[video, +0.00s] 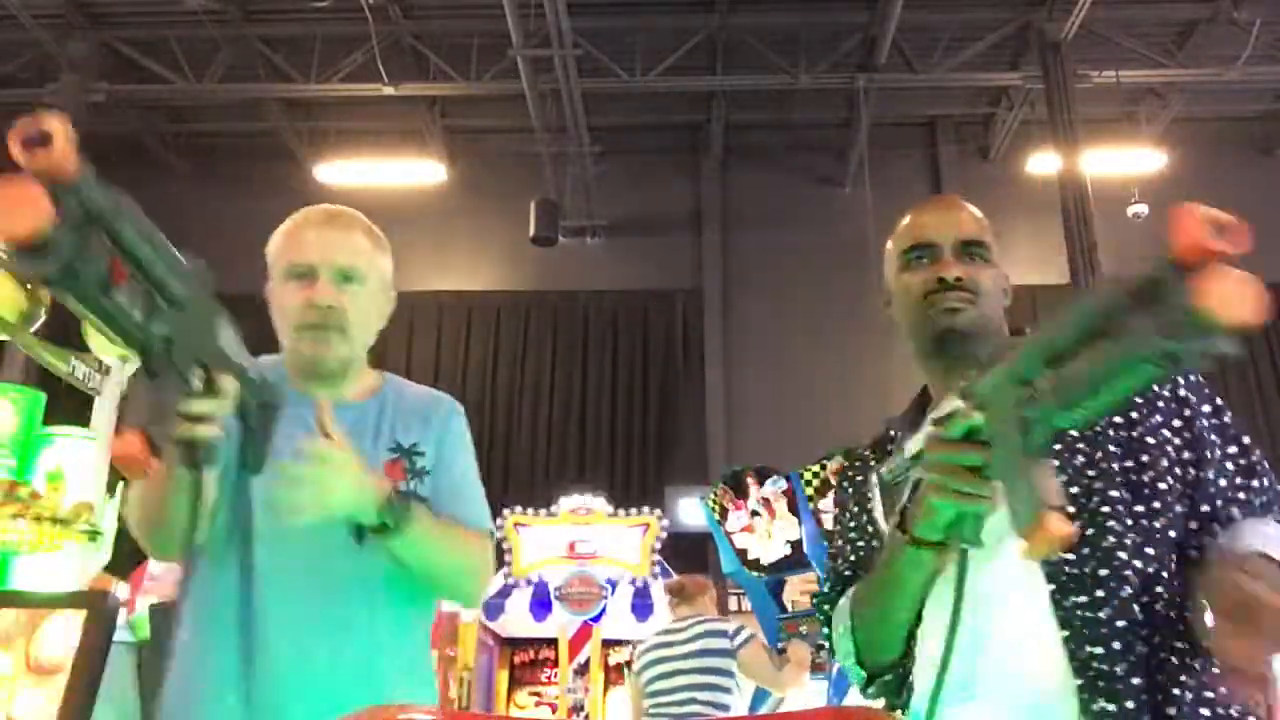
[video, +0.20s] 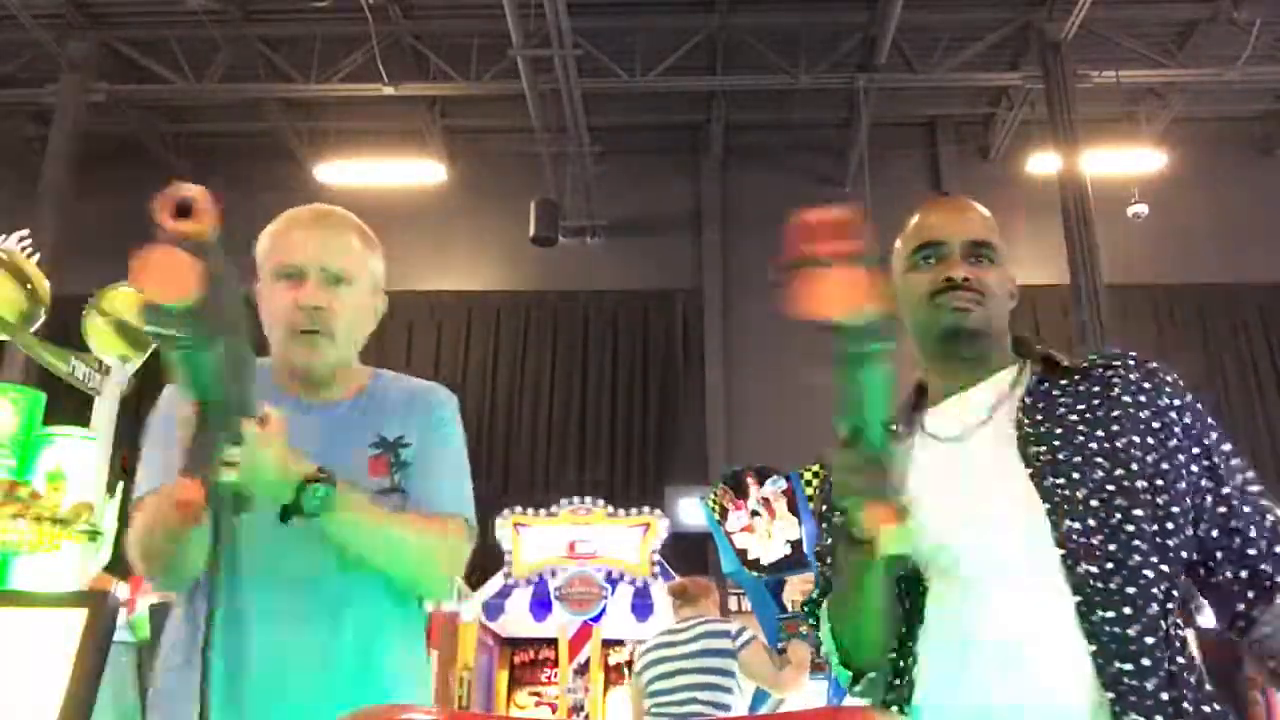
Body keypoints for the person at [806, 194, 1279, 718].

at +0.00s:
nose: (950, 270)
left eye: (972, 253)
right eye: (920, 258)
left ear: (1006, 284)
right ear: (891, 302)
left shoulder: (1145, 395)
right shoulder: (874, 479)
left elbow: (1248, 523)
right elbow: (860, 654)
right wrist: (924, 532)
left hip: (1142, 704)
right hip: (957, 710)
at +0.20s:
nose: (956, 270)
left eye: (980, 255)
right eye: (927, 257)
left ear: (1011, 286)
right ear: (894, 297)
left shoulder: (1127, 398)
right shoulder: (878, 456)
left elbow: (1258, 571)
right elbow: (860, 656)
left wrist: (1262, 665)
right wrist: (858, 536)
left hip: (1132, 707)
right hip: (945, 710)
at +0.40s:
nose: (952, 280)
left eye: (973, 260)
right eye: (928, 263)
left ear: (1007, 281)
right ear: (897, 293)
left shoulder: (1113, 376)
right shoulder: (891, 443)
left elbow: (1242, 528)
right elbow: (868, 661)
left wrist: (1227, 603)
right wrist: (886, 543)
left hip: (1115, 702)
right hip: (950, 707)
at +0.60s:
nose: (959, 264)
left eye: (984, 246)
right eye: (933, 248)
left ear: (1026, 266)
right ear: (907, 287)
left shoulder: (1114, 356)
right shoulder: (889, 461)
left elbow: (1204, 518)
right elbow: (869, 663)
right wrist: (903, 544)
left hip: (1140, 702)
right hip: (960, 708)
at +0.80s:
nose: (951, 262)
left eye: (976, 245)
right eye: (924, 246)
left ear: (1013, 276)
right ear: (896, 281)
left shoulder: (1103, 351)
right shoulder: (895, 413)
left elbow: (1136, 512)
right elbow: (869, 663)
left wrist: (971, 440)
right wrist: (871, 533)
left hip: (1121, 695)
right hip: (955, 703)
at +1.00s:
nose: (924, 265)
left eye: (948, 251)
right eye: (896, 252)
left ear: (982, 289)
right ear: (864, 296)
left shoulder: (1081, 394)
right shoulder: (838, 471)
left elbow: (1209, 588)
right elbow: (803, 651)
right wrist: (887, 541)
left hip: (1098, 705)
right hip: (918, 710)